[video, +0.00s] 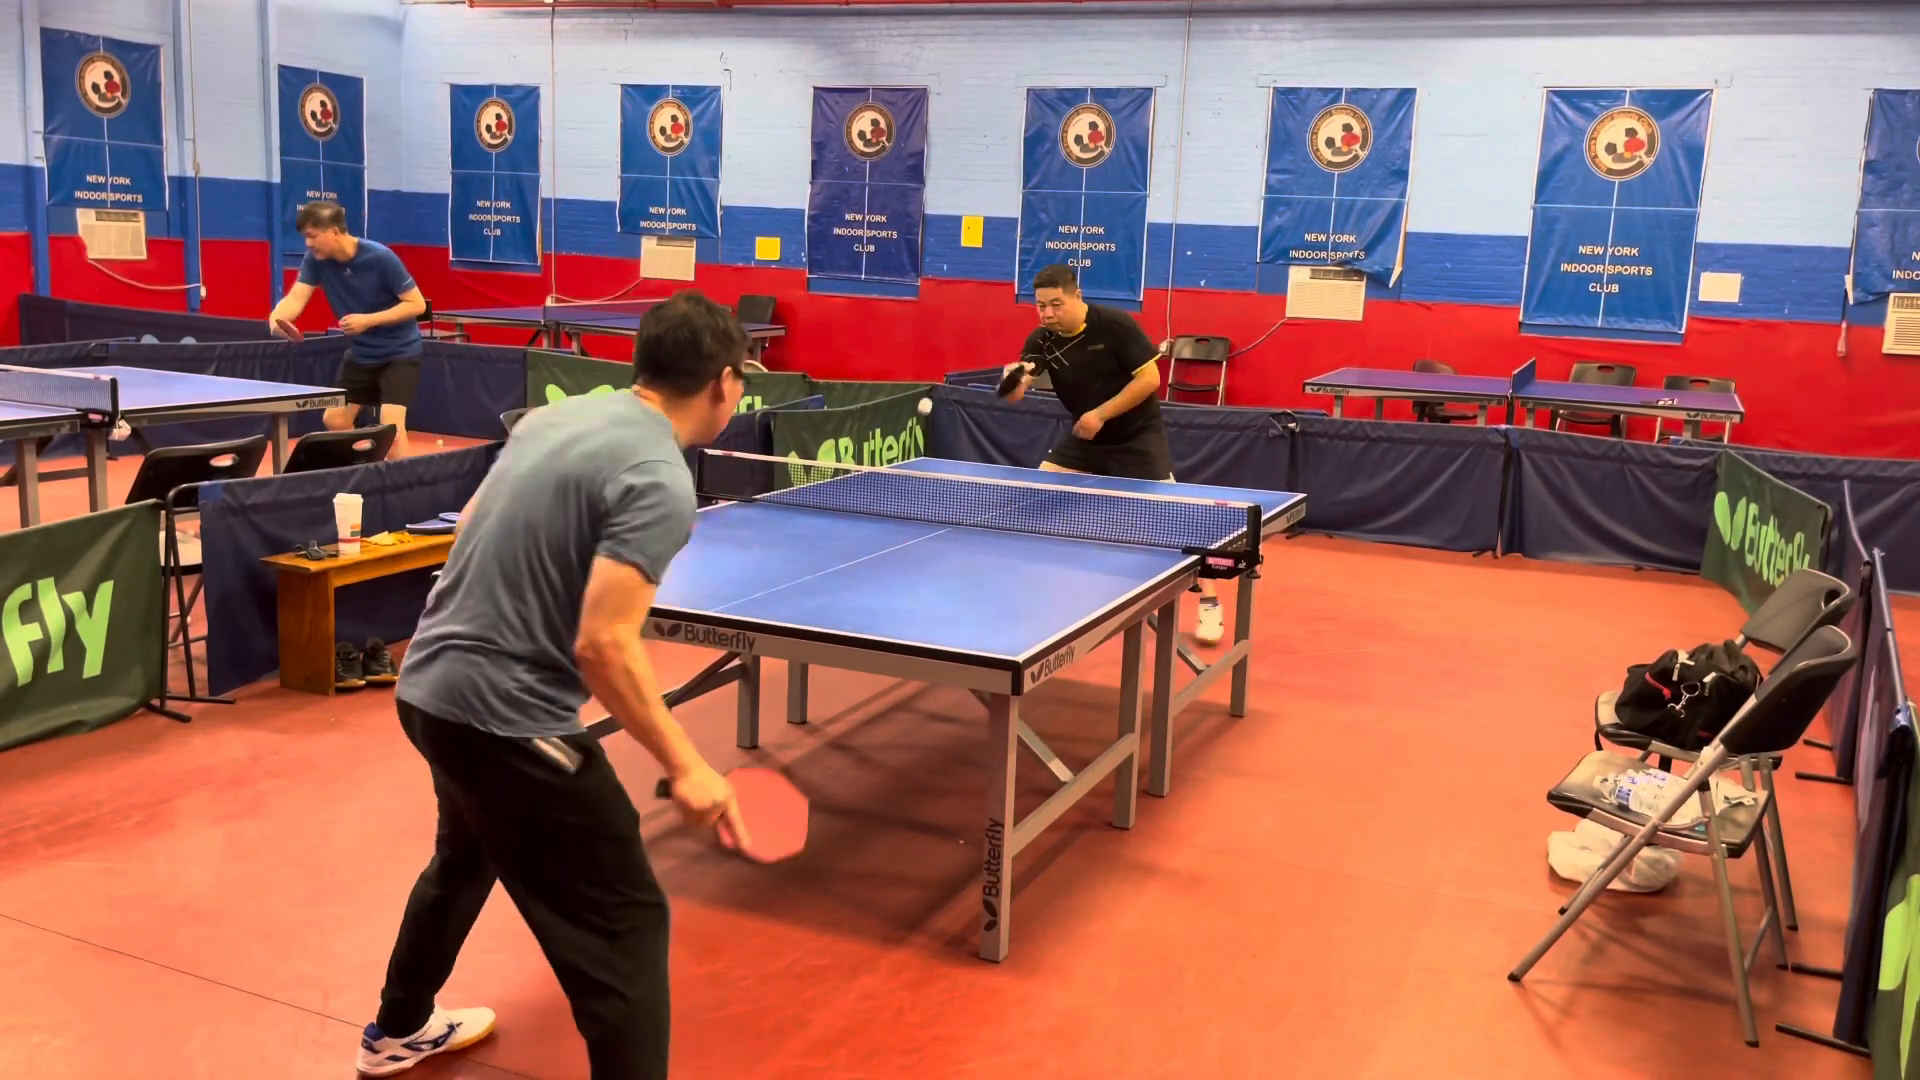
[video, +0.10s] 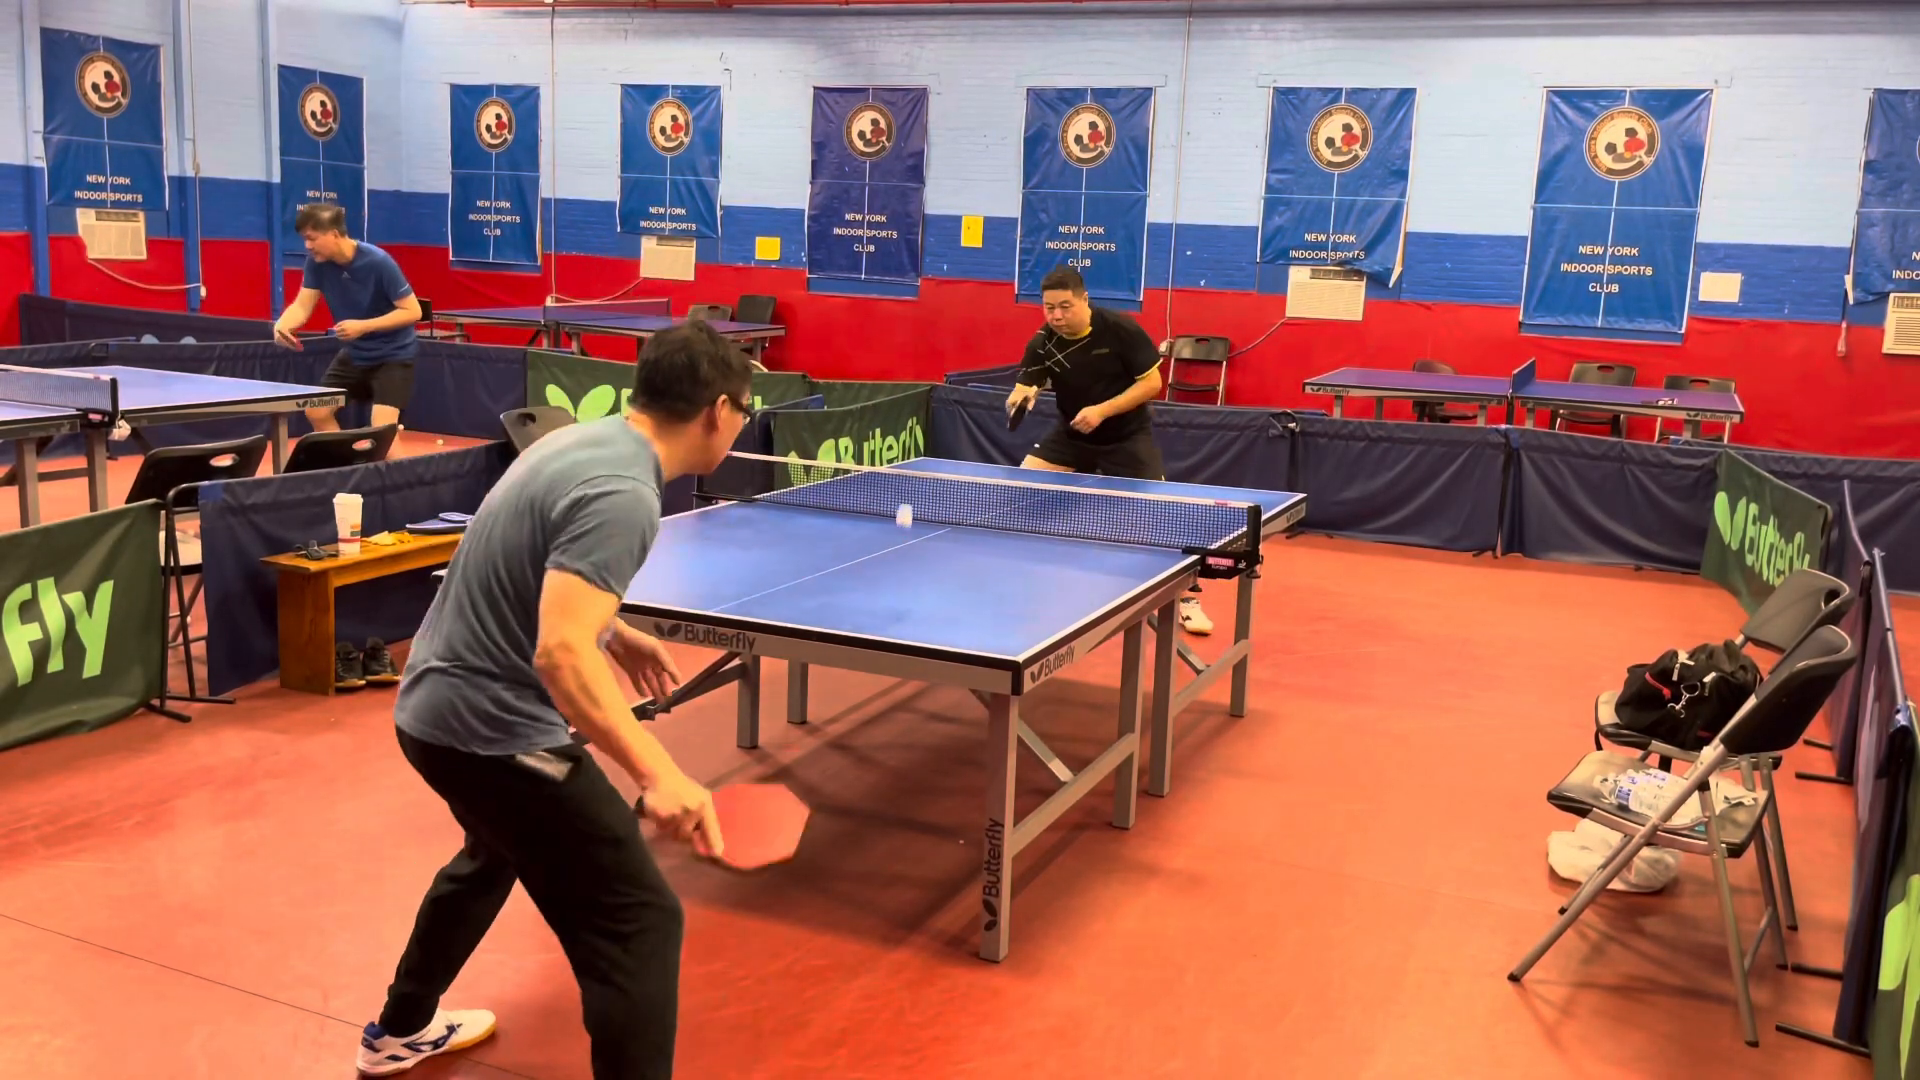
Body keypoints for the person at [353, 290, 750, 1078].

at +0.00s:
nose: (737, 403)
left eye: (740, 386)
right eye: (738, 386)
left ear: (644, 367)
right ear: (720, 384)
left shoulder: (550, 416)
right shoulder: (660, 475)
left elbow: (467, 531)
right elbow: (603, 644)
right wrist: (685, 767)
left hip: (431, 689)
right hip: (515, 717)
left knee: (464, 858)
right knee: (625, 922)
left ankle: (398, 1028)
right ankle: (631, 1068)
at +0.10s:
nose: (737, 430)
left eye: (741, 414)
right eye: (740, 413)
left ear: (647, 393)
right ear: (715, 411)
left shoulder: (578, 442)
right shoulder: (625, 493)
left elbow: (524, 571)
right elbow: (562, 654)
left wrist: (612, 631)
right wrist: (659, 776)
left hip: (432, 709)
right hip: (500, 731)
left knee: (495, 850)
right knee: (640, 921)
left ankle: (400, 1029)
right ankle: (634, 1067)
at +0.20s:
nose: (725, 425)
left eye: (729, 407)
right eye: (727, 406)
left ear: (633, 387)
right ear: (695, 402)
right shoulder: (610, 481)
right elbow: (586, 653)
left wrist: (669, 660)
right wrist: (734, 688)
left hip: (437, 714)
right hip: (506, 732)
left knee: (501, 846)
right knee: (652, 921)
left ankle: (400, 1027)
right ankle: (644, 1071)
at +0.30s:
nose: (702, 382)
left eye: (705, 364)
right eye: (703, 363)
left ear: (603, 347)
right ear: (669, 357)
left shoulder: (515, 404)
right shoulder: (623, 449)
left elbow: (497, 542)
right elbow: (706, 592)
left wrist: (596, 607)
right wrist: (804, 541)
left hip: (434, 689)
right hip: (516, 710)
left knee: (481, 848)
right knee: (633, 912)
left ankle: (400, 1028)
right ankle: (641, 1071)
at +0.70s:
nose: (710, 396)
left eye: (708, 381)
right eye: (709, 381)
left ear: (608, 368)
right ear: (692, 383)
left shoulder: (508, 427)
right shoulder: (678, 491)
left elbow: (430, 551)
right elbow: (692, 644)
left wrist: (515, 595)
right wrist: (748, 582)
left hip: (440, 719)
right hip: (550, 741)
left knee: (475, 848)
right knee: (674, 928)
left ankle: (399, 1027)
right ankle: (662, 1072)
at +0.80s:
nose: (734, 400)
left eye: (736, 384)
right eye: (736, 384)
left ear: (641, 367)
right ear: (721, 382)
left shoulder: (536, 419)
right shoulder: (683, 487)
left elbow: (460, 534)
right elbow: (641, 654)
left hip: (432, 694)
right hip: (529, 720)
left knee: (462, 855)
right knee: (642, 928)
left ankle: (397, 1028)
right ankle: (646, 1070)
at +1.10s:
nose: (762, 425)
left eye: (766, 409)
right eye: (763, 408)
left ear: (668, 392)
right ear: (733, 408)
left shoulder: (587, 442)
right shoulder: (654, 493)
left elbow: (550, 578)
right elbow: (610, 656)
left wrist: (647, 635)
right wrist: (733, 739)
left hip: (438, 708)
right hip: (519, 733)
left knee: (494, 848)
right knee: (655, 927)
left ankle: (402, 1026)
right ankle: (646, 1070)